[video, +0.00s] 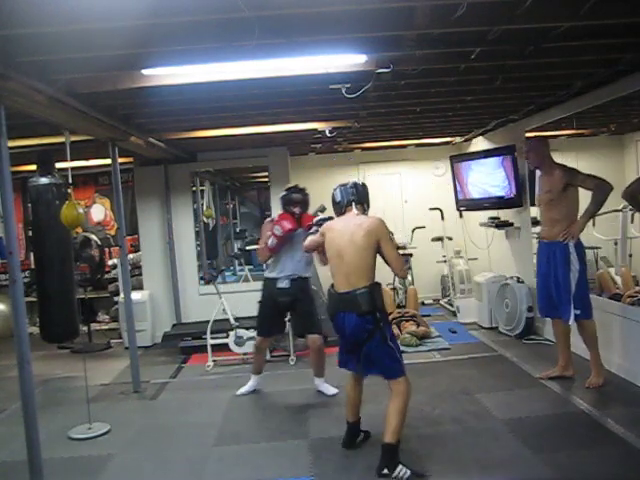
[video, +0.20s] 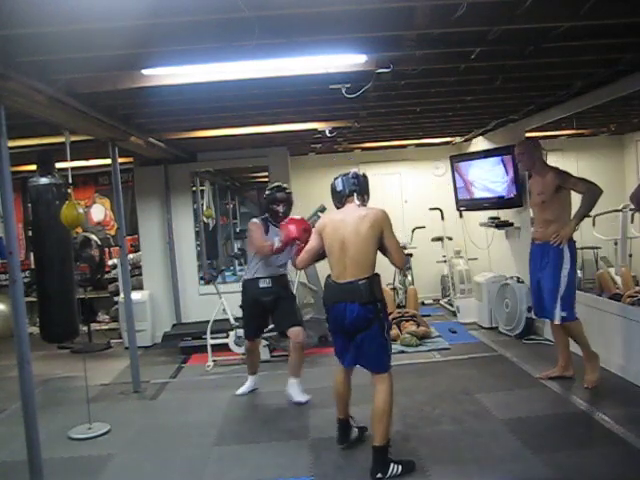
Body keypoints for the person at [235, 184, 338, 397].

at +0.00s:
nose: (297, 209)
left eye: (301, 205)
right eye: (293, 205)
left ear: (307, 206)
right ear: (284, 205)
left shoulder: (312, 225)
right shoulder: (271, 224)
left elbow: (323, 260)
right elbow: (261, 257)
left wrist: (318, 234)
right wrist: (278, 236)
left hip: (301, 284)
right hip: (274, 285)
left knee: (316, 340)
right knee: (262, 340)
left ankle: (319, 380)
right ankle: (255, 379)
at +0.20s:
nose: (281, 208)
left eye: (285, 203)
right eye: (277, 203)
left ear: (291, 205)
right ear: (267, 204)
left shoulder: (291, 228)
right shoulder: (256, 224)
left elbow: (298, 261)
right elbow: (262, 250)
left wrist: (305, 241)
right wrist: (284, 242)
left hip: (280, 285)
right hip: (254, 287)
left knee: (298, 336)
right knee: (251, 341)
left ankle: (293, 384)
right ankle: (252, 379)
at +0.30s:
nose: (280, 209)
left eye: (284, 204)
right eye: (275, 204)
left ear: (289, 206)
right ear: (266, 204)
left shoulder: (289, 227)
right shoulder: (252, 226)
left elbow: (295, 262)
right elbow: (254, 263)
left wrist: (301, 240)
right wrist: (269, 243)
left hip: (278, 285)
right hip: (252, 286)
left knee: (292, 338)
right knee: (245, 342)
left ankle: (285, 391)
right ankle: (242, 376)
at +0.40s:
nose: (276, 210)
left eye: (280, 206)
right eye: (272, 206)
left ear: (283, 207)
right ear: (262, 205)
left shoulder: (283, 228)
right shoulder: (245, 227)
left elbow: (292, 260)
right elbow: (246, 262)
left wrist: (294, 237)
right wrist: (260, 237)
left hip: (273, 285)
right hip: (248, 286)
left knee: (288, 339)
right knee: (236, 345)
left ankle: (284, 391)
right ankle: (232, 382)